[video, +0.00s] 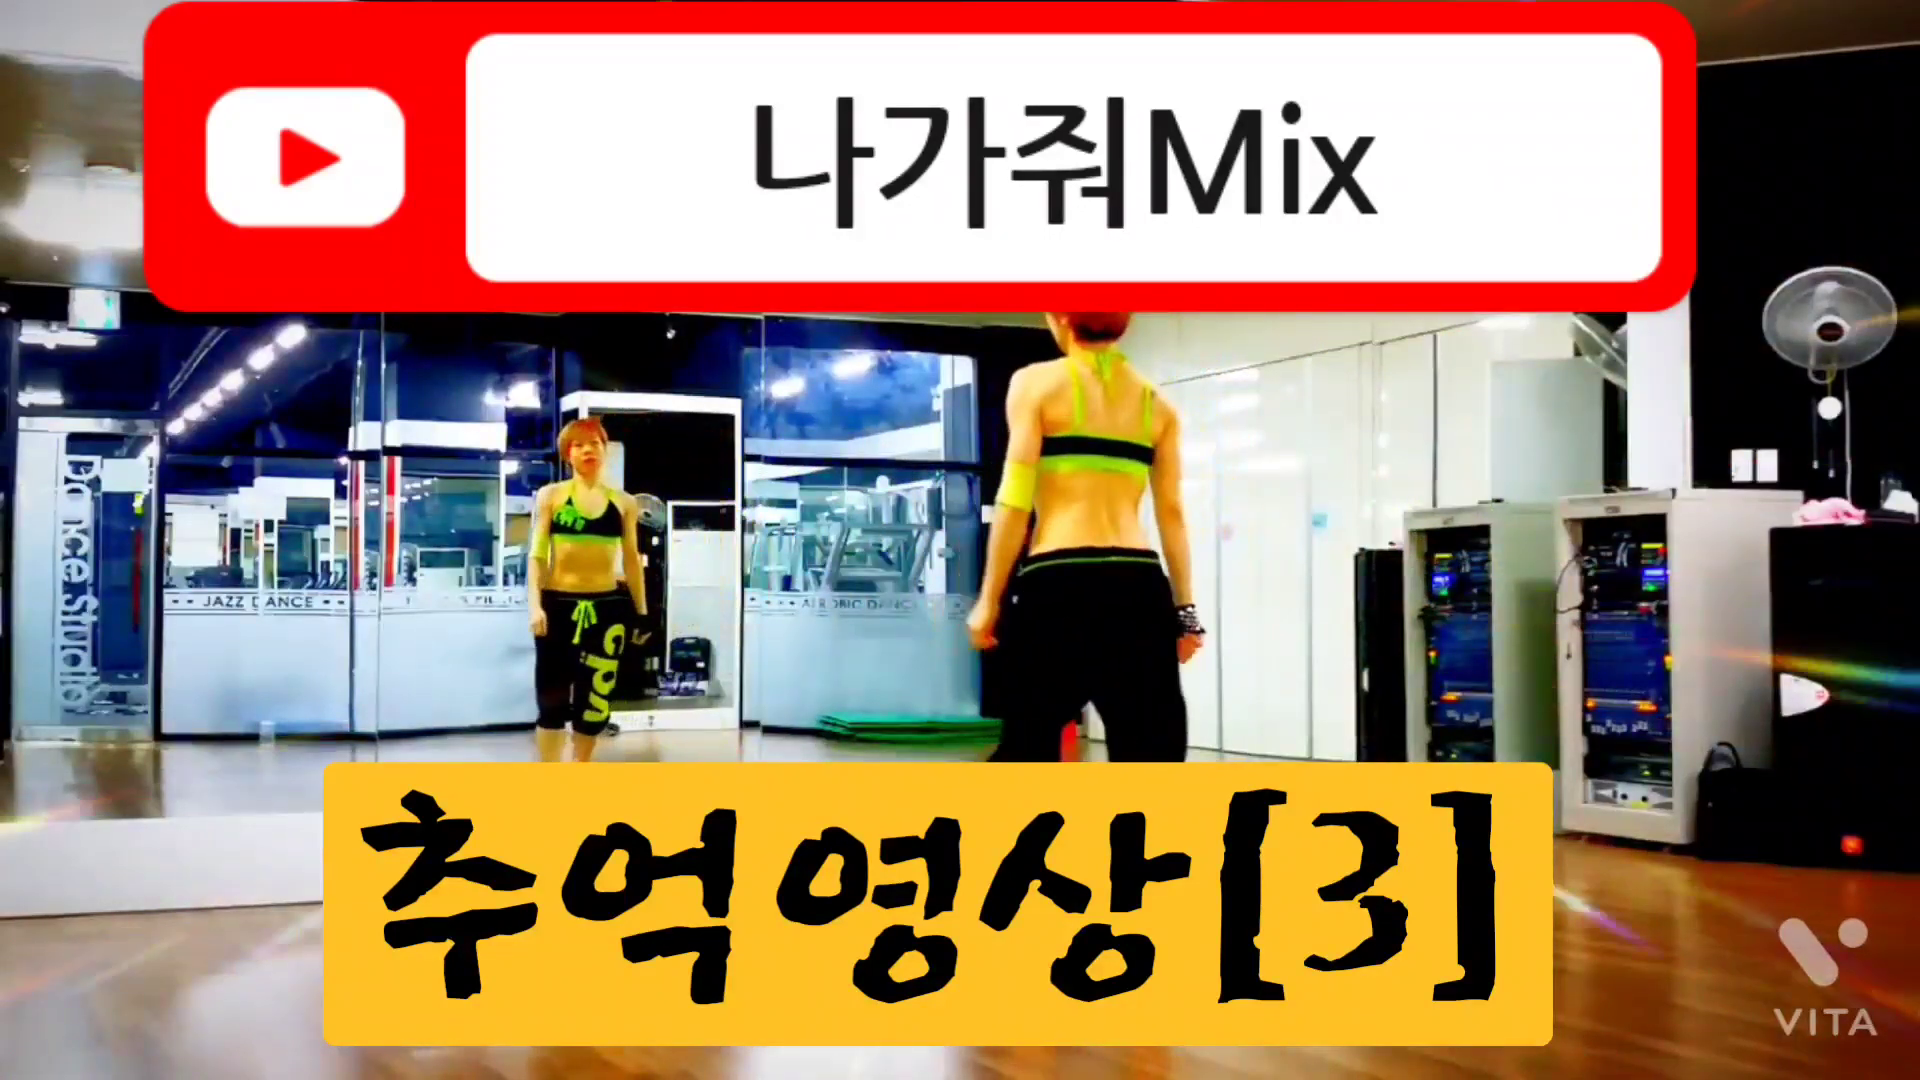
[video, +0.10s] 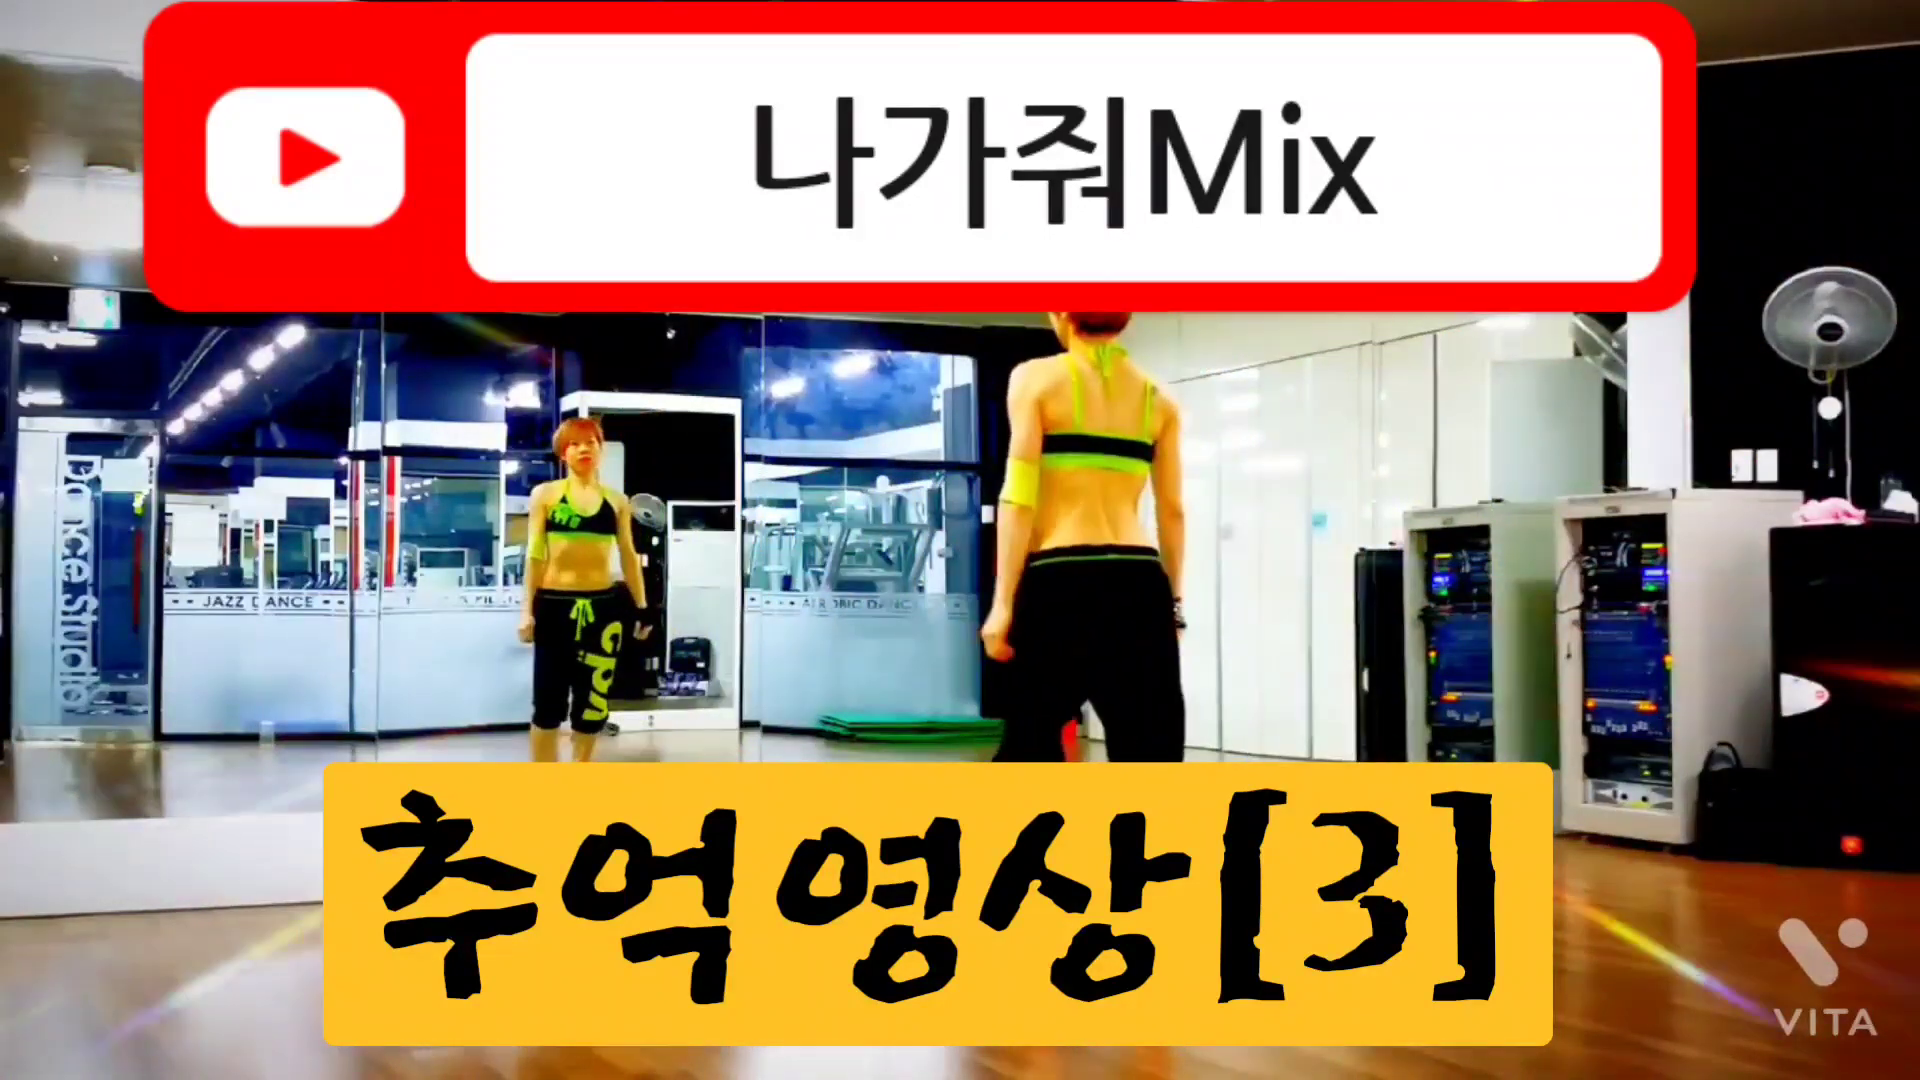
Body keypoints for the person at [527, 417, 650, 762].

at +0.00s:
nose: (588, 452)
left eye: (595, 444)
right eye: (579, 446)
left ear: (605, 450)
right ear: (568, 454)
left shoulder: (624, 502)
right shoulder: (550, 496)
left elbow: (633, 560)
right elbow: (537, 555)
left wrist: (642, 613)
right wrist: (535, 605)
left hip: (608, 608)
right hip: (559, 607)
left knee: (593, 703)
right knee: (553, 704)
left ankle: (579, 774)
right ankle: (549, 775)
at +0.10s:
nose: (584, 451)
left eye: (591, 444)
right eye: (575, 445)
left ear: (600, 450)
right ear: (564, 454)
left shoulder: (616, 501)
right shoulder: (545, 495)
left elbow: (629, 557)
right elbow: (536, 555)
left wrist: (642, 608)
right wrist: (528, 610)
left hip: (604, 608)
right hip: (554, 607)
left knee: (592, 707)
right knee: (549, 707)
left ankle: (579, 776)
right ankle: (544, 780)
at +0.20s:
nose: (576, 451)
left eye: (583, 444)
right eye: (567, 445)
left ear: (592, 450)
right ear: (554, 452)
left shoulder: (607, 500)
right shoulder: (536, 495)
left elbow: (622, 554)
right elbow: (524, 557)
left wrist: (637, 597)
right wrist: (515, 612)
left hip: (597, 607)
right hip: (546, 607)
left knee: (588, 705)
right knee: (538, 707)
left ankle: (576, 779)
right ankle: (536, 784)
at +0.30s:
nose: (572, 452)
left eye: (578, 445)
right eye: (563, 445)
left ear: (587, 450)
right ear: (549, 453)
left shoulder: (601, 501)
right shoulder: (531, 496)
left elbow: (619, 555)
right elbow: (519, 557)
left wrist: (635, 596)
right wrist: (509, 613)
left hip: (592, 608)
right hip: (541, 609)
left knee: (584, 706)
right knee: (534, 707)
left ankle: (575, 778)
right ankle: (534, 783)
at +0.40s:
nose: (563, 453)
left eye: (570, 446)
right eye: (555, 447)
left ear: (578, 452)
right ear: (541, 454)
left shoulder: (591, 502)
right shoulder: (522, 498)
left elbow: (611, 556)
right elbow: (510, 559)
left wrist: (625, 596)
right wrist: (501, 615)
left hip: (584, 609)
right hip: (532, 611)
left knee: (578, 709)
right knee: (531, 711)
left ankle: (569, 779)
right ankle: (534, 786)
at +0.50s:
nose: (560, 452)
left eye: (567, 446)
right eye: (552, 446)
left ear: (574, 452)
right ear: (537, 453)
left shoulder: (589, 501)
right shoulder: (519, 498)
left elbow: (605, 554)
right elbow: (506, 557)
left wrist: (618, 598)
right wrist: (499, 611)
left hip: (582, 607)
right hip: (530, 608)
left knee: (571, 709)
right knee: (529, 709)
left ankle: (559, 777)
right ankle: (532, 784)